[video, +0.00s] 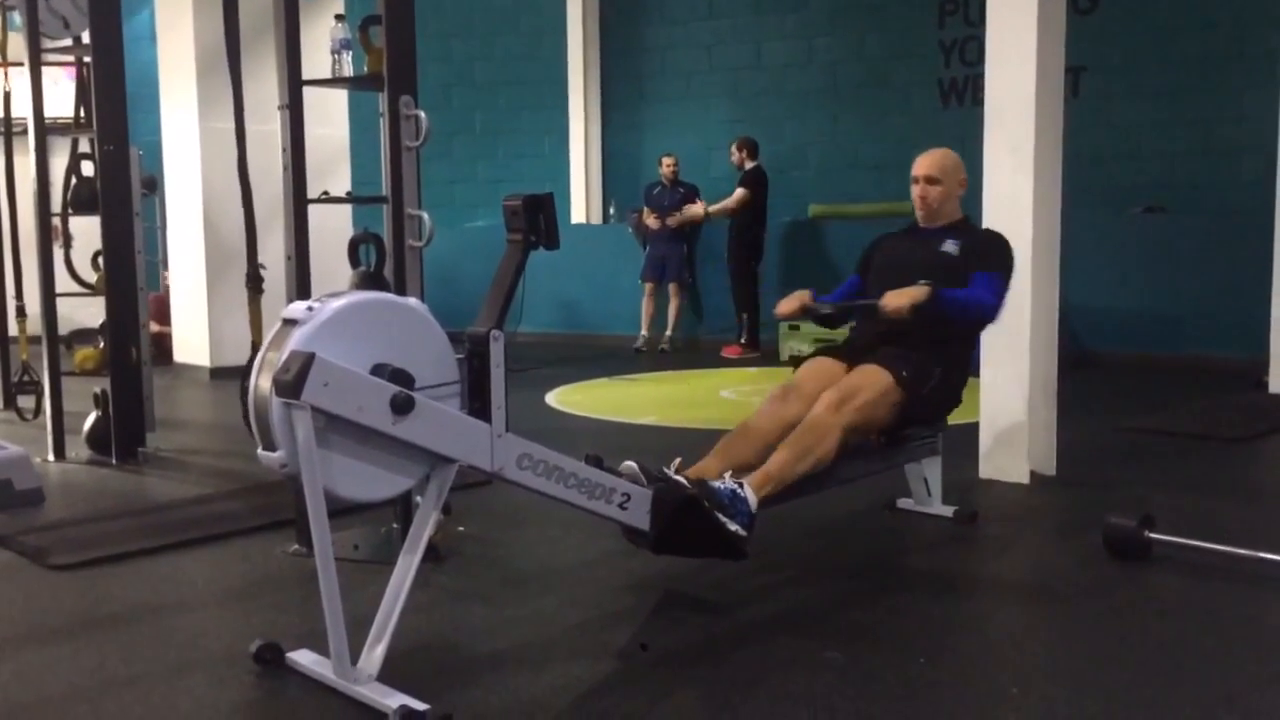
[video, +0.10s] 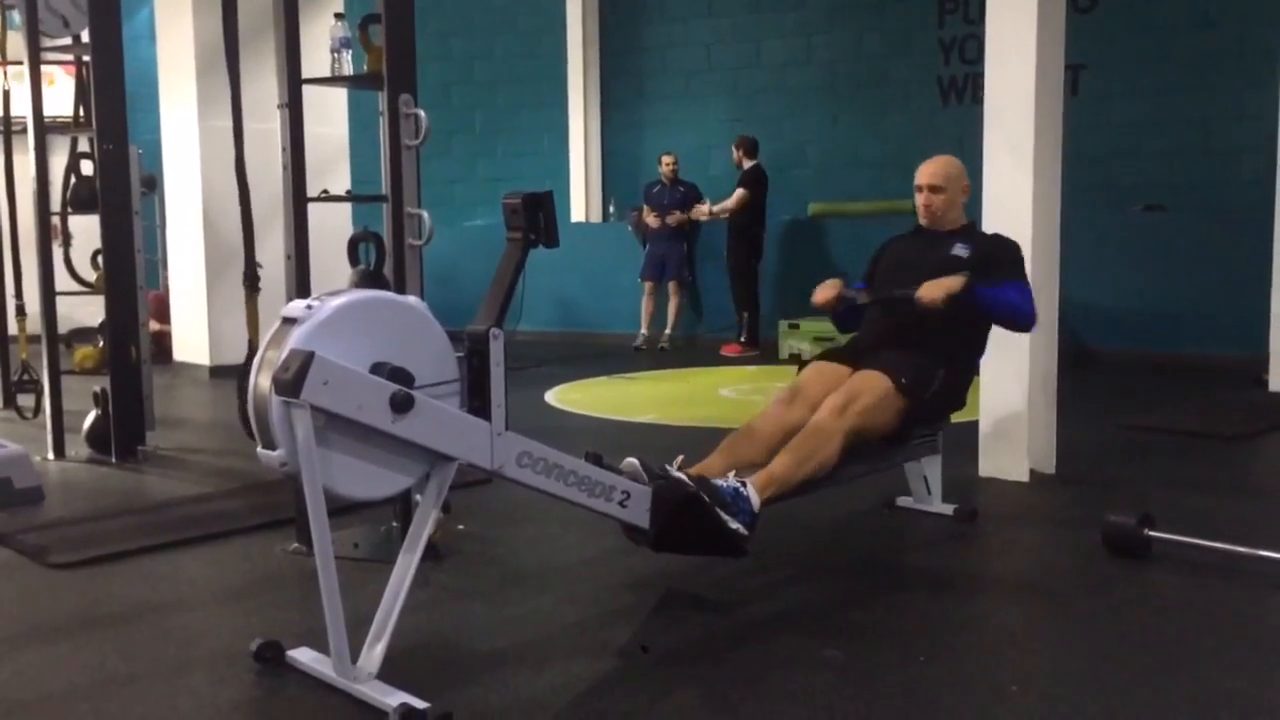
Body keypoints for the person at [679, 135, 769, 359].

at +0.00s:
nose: (731, 158)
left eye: (734, 154)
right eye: (731, 154)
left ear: (744, 153)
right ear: (746, 154)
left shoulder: (753, 175)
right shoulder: (751, 175)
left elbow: (734, 203)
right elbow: (733, 207)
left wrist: (706, 211)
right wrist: (707, 209)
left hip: (745, 242)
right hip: (743, 241)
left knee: (743, 290)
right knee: (743, 289)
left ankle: (747, 342)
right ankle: (745, 340)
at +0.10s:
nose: (733, 156)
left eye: (734, 152)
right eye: (734, 151)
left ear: (740, 152)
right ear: (752, 152)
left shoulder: (753, 174)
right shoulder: (752, 173)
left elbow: (733, 204)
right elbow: (734, 207)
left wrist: (710, 210)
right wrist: (711, 213)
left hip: (745, 242)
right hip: (743, 240)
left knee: (744, 290)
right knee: (743, 289)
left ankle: (747, 341)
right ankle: (745, 339)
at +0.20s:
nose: (732, 153)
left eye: (733, 149)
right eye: (733, 149)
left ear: (737, 150)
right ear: (752, 150)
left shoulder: (749, 173)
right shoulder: (754, 172)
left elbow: (731, 204)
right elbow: (741, 209)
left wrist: (710, 211)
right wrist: (720, 225)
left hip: (742, 239)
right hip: (744, 236)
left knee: (741, 287)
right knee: (743, 287)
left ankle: (744, 339)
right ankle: (746, 337)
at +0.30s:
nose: (732, 151)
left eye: (733, 147)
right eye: (733, 147)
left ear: (736, 149)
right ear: (753, 149)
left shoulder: (745, 172)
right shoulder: (754, 171)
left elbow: (732, 205)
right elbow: (738, 203)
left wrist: (714, 225)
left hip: (742, 238)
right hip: (747, 235)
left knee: (740, 286)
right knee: (744, 287)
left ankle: (744, 338)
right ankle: (747, 336)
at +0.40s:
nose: (733, 152)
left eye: (733, 148)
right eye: (735, 148)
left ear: (735, 150)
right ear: (753, 150)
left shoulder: (742, 174)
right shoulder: (757, 173)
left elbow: (734, 210)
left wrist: (727, 239)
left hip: (741, 241)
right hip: (752, 239)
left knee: (739, 289)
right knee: (747, 287)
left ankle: (742, 337)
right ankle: (748, 335)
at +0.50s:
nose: (730, 154)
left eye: (731, 151)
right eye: (731, 150)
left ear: (734, 153)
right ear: (752, 151)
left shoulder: (740, 176)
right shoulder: (759, 174)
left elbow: (737, 212)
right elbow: (758, 212)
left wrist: (731, 244)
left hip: (742, 242)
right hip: (755, 240)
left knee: (741, 289)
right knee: (749, 286)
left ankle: (742, 333)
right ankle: (750, 331)